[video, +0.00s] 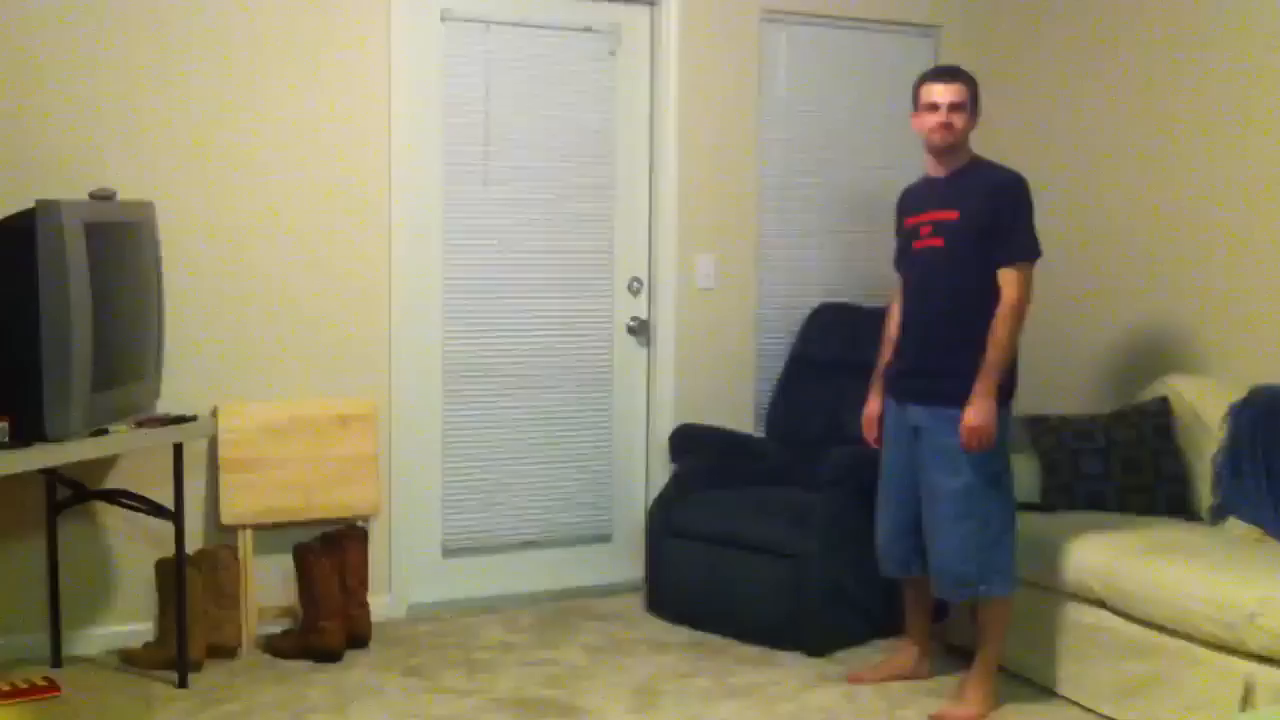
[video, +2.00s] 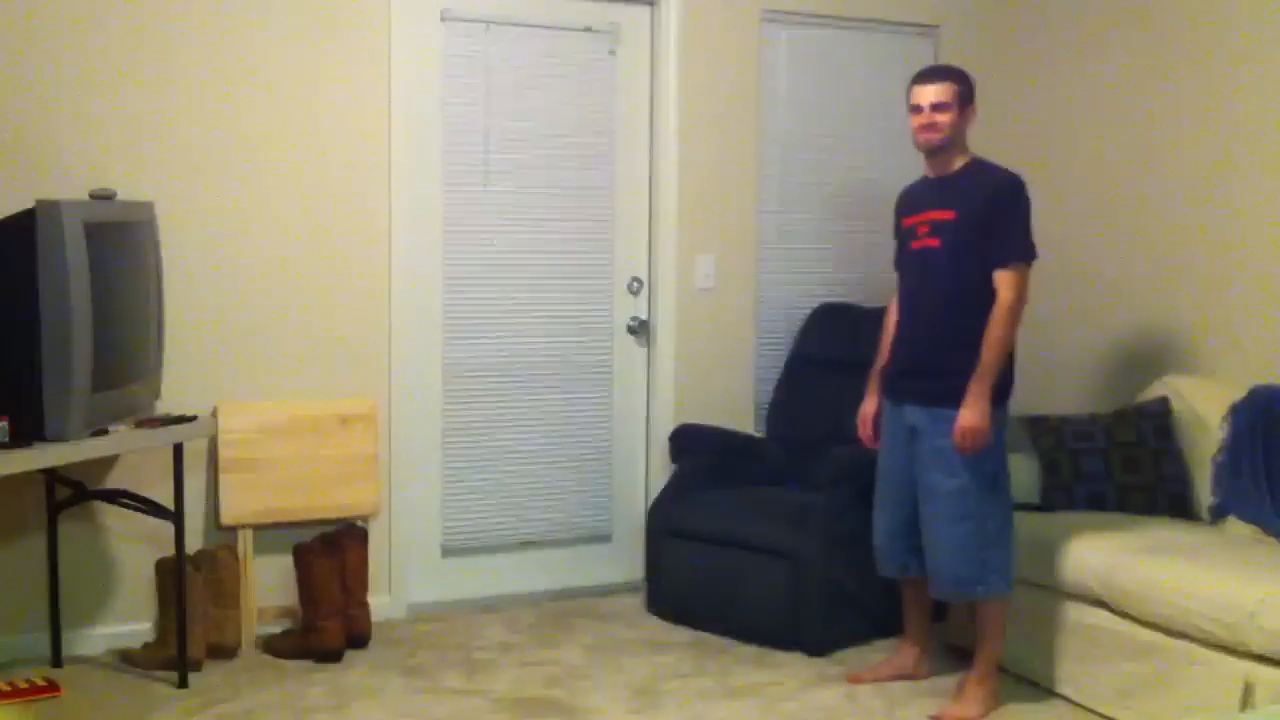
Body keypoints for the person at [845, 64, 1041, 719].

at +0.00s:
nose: (943, 118)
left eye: (956, 108)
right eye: (931, 108)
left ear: (974, 118)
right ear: (915, 119)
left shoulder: (1002, 188)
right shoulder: (911, 200)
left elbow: (1013, 299)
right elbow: (903, 300)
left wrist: (985, 395)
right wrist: (878, 388)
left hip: (966, 402)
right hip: (906, 398)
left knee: (983, 542)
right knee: (910, 529)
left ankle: (984, 676)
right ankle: (915, 650)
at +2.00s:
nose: (929, 118)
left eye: (941, 108)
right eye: (919, 110)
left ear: (967, 116)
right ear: (909, 121)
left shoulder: (1000, 189)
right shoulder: (909, 201)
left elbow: (1010, 298)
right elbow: (902, 299)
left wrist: (980, 397)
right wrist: (875, 388)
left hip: (963, 403)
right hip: (903, 399)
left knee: (978, 541)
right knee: (907, 529)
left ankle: (984, 676)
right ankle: (914, 650)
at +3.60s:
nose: (949, 131)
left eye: (961, 118)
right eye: (943, 121)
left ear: (1000, 117)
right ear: (940, 126)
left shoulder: (1043, 193)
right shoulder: (951, 200)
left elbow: (1057, 309)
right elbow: (944, 301)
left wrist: (1028, 411)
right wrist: (914, 388)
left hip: (1002, 416)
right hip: (937, 407)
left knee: (1002, 559)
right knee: (924, 540)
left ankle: (988, 683)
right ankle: (964, 648)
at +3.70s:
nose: (951, 131)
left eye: (963, 117)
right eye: (945, 120)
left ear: (1002, 116)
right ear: (942, 126)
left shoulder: (1045, 194)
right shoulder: (954, 202)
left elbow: (1058, 307)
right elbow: (946, 303)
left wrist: (1028, 410)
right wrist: (915, 391)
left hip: (1003, 416)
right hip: (938, 407)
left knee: (1001, 559)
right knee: (928, 544)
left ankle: (989, 684)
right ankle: (979, 650)